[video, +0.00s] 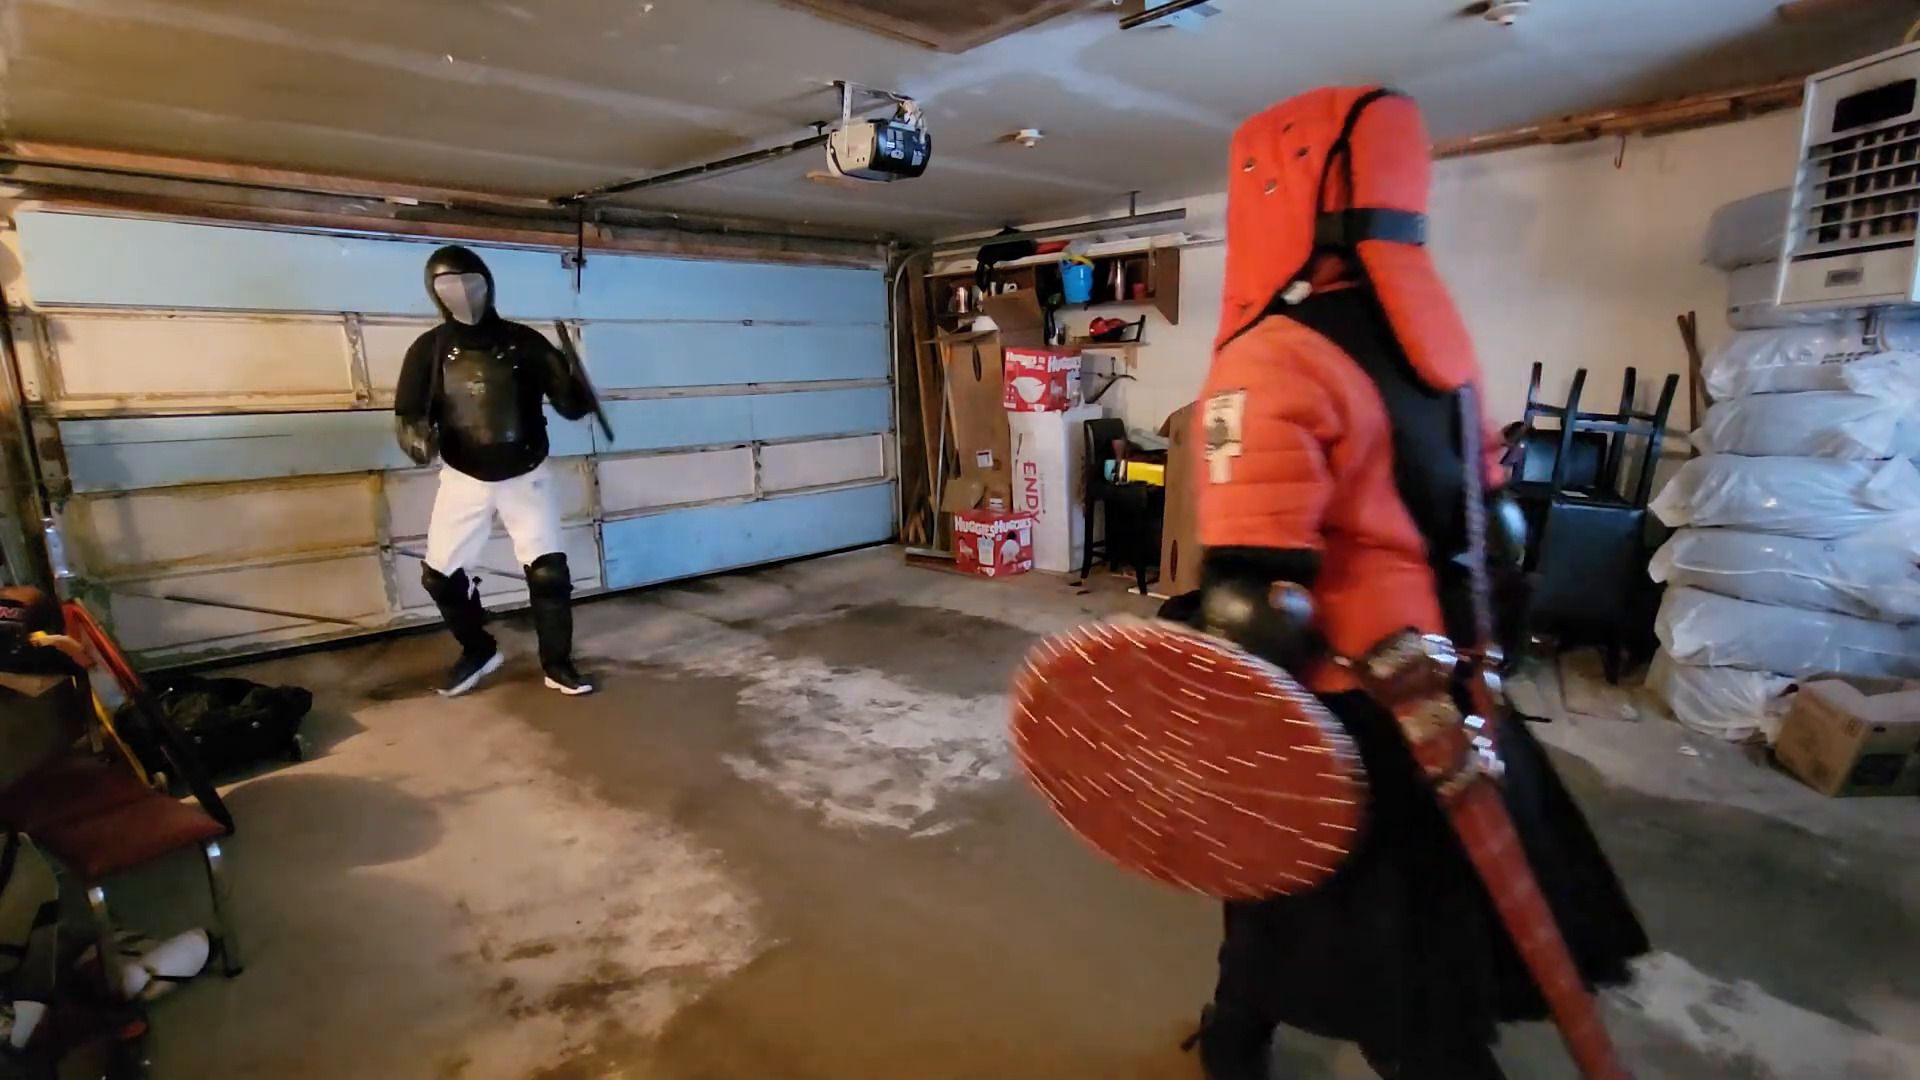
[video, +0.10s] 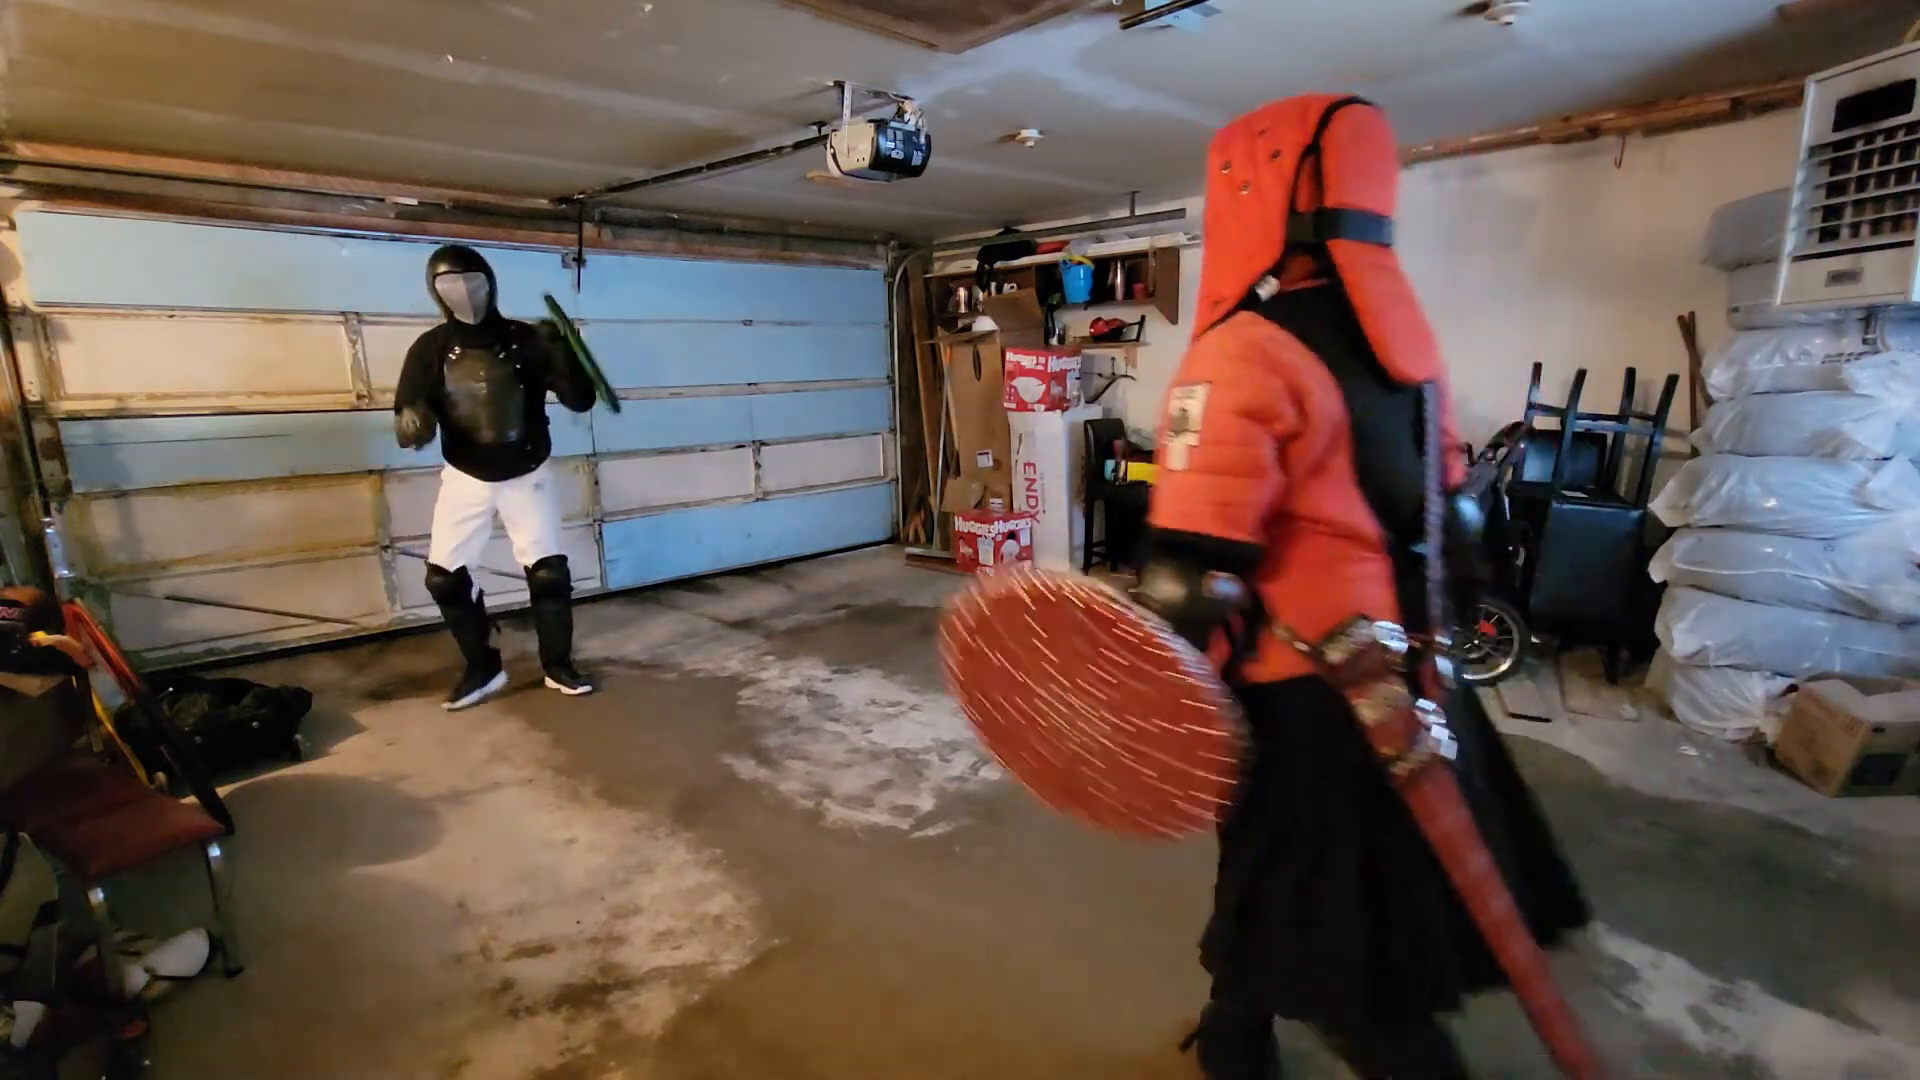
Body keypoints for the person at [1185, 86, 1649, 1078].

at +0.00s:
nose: (1402, 202)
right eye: (1389, 183)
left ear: (1280, 196)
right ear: (1390, 193)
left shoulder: (1270, 364)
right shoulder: (1433, 342)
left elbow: (1252, 611)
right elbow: (1496, 521)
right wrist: (1485, 661)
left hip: (1341, 724)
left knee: (1274, 909)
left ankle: (1234, 1040)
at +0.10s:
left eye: (1220, 198)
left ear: (1256, 202)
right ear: (1358, 199)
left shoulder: (1241, 358)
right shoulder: (1399, 340)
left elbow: (1189, 591)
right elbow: (1447, 501)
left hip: (1308, 706)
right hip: (1407, 684)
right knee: (1275, 886)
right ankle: (1233, 1033)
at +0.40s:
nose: (1166, 206)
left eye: (1175, 187)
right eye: (1171, 186)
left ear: (1209, 190)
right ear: (1305, 187)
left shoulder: (1180, 328)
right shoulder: (1356, 328)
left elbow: (1040, 457)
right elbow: (1343, 461)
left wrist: (973, 467)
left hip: (1198, 656)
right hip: (1323, 653)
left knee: (1114, 845)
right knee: (1256, 862)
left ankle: (1136, 1034)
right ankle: (1236, 1043)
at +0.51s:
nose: (1140, 210)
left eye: (1151, 192)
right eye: (1145, 192)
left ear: (1181, 198)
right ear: (1273, 195)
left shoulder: (1146, 329)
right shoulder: (1332, 333)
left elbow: (1004, 423)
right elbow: (1325, 493)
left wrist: (949, 400)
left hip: (1164, 642)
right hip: (1288, 642)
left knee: (1070, 817)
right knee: (1242, 848)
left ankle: (1025, 1003)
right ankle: (1232, 1038)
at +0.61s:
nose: (1108, 223)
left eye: (1118, 205)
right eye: (1113, 205)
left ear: (1145, 212)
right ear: (1235, 207)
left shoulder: (1104, 335)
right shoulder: (1298, 343)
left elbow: (975, 407)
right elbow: (1303, 445)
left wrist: (922, 389)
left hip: (1127, 640)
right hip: (1251, 637)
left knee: (1036, 791)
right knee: (1223, 845)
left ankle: (959, 946)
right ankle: (1228, 1041)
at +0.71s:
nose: (1067, 239)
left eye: (1079, 222)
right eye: (1073, 222)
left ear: (1106, 229)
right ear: (1197, 228)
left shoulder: (1056, 346)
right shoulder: (1251, 354)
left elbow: (941, 403)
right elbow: (1269, 456)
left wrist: (879, 398)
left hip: (1086, 642)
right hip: (1206, 642)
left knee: (997, 786)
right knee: (1211, 839)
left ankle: (940, 938)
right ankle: (1220, 1030)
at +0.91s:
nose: (974, 250)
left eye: (983, 235)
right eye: (985, 234)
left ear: (1006, 242)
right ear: (1107, 241)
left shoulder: (960, 352)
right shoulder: (1155, 359)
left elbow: (837, 428)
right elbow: (1189, 490)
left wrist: (807, 407)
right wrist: (1119, 523)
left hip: (1001, 636)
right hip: (1125, 633)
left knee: (933, 769)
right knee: (1163, 816)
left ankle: (922, 940)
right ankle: (1208, 1014)